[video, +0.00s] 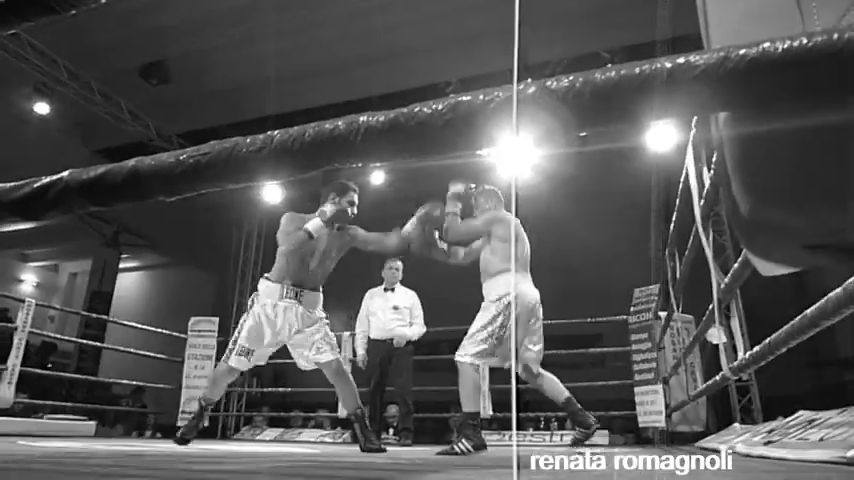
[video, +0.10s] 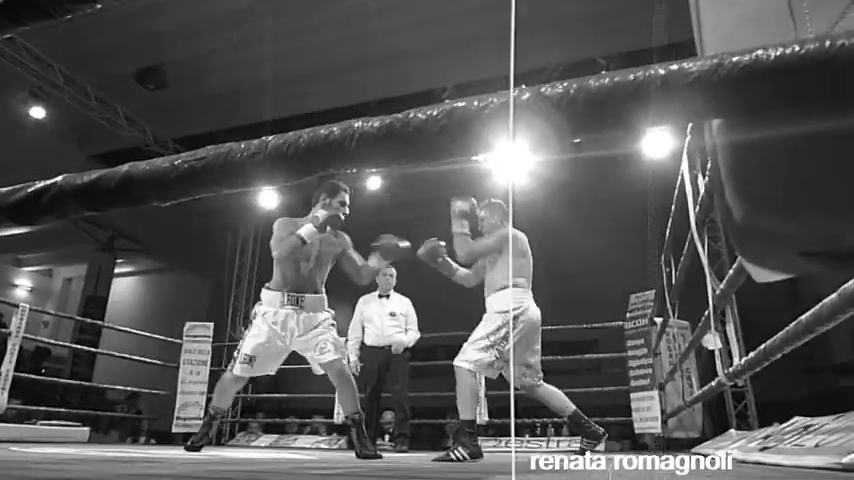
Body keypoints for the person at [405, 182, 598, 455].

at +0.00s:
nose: (475, 209)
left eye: (477, 203)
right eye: (475, 204)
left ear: (489, 200)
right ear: (497, 202)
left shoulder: (497, 218)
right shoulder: (499, 232)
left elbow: (451, 233)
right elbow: (462, 256)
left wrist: (453, 199)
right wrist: (428, 247)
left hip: (505, 297)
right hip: (527, 299)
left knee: (467, 358)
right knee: (529, 369)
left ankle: (470, 434)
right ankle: (582, 418)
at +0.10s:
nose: (480, 224)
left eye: (483, 217)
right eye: (479, 220)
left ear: (496, 214)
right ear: (495, 219)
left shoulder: (509, 235)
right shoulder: (496, 247)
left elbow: (465, 252)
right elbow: (470, 278)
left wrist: (458, 218)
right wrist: (439, 261)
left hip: (509, 310)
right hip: (521, 311)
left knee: (465, 365)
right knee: (528, 382)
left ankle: (467, 443)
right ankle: (590, 430)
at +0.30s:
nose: (530, 244)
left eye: (533, 237)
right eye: (529, 239)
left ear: (549, 235)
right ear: (545, 237)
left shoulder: (565, 254)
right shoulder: (546, 264)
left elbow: (537, 283)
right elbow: (528, 299)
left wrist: (523, 256)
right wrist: (519, 262)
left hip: (568, 323)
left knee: (533, 383)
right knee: (586, 398)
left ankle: (518, 455)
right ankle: (629, 452)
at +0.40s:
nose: (533, 236)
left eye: (536, 230)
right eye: (532, 231)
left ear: (551, 226)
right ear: (549, 227)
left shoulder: (562, 240)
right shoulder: (553, 253)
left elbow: (529, 266)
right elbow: (538, 289)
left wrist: (517, 239)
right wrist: (520, 244)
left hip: (573, 312)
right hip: (587, 314)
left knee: (544, 375)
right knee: (594, 388)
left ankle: (544, 450)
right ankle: (630, 447)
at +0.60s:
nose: (544, 235)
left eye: (546, 228)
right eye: (542, 230)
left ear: (561, 224)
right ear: (567, 227)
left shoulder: (569, 240)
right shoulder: (588, 244)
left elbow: (555, 271)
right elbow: (556, 273)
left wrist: (530, 248)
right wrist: (536, 251)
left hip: (584, 310)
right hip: (604, 310)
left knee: (546, 368)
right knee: (616, 381)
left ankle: (562, 439)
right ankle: (654, 439)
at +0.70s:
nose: (541, 205)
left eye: (544, 199)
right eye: (540, 200)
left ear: (560, 197)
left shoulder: (572, 209)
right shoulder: (552, 223)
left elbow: (562, 237)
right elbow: (543, 239)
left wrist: (537, 220)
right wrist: (530, 220)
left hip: (577, 283)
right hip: (595, 285)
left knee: (543, 339)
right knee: (606, 353)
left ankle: (547, 412)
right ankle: (644, 410)